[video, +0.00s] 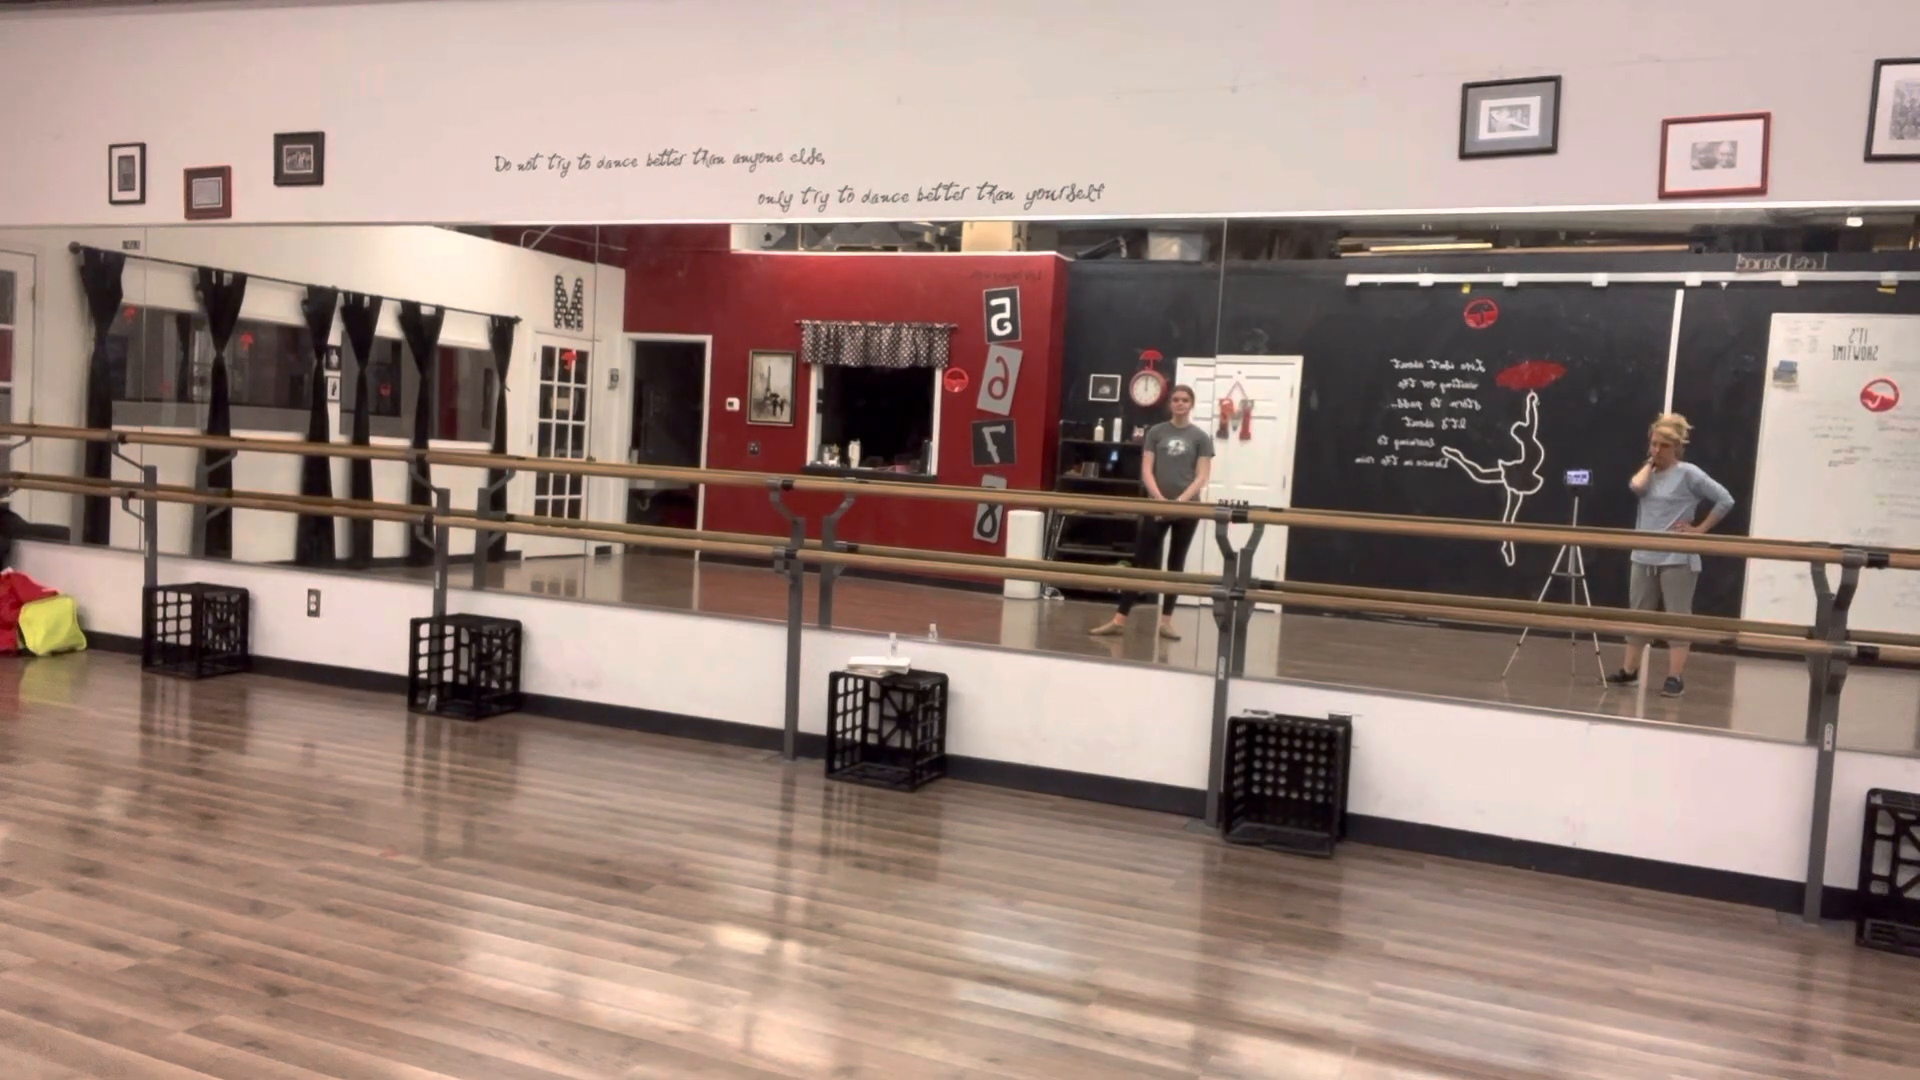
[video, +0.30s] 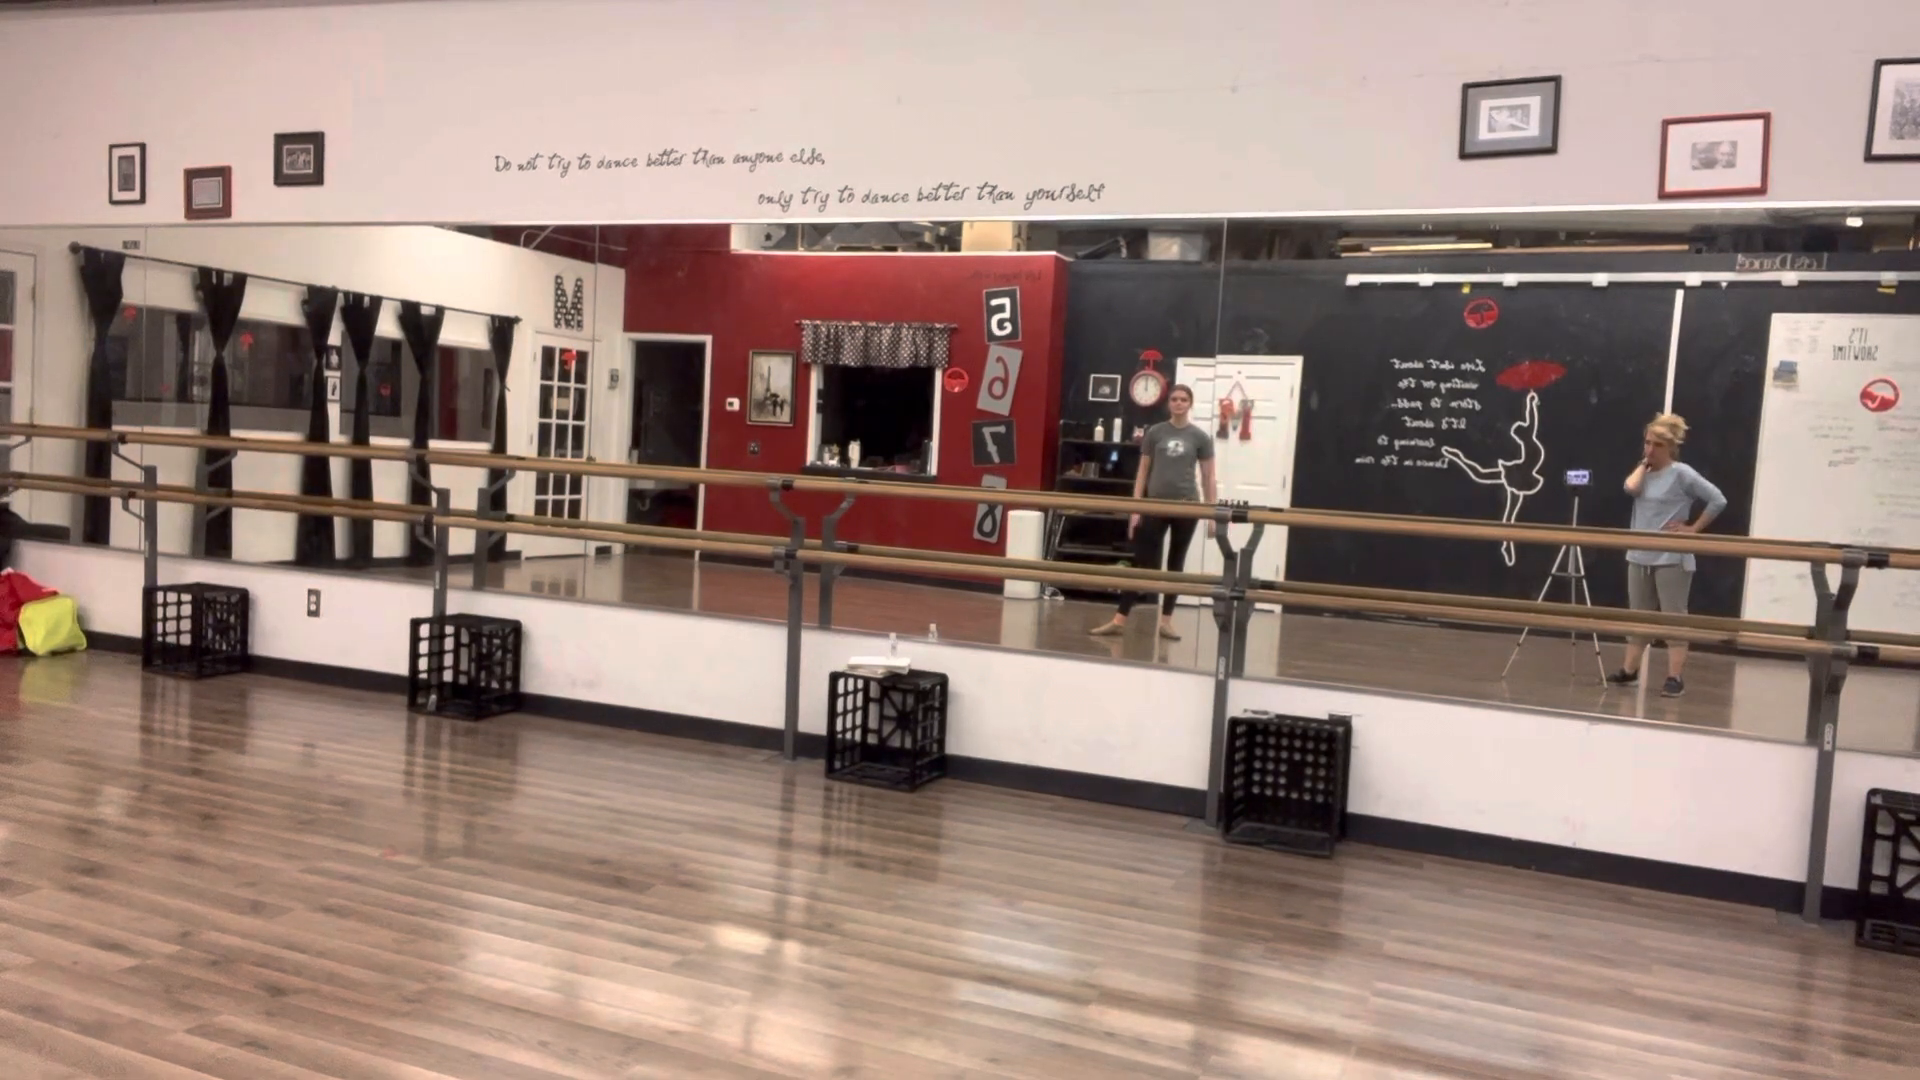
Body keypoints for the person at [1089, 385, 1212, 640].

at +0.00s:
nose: (1180, 404)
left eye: (1185, 400)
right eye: (1176, 400)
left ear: (1192, 405)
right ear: (1170, 403)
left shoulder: (1201, 438)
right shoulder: (1155, 432)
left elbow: (1202, 477)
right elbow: (1146, 471)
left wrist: (1177, 503)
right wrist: (1160, 501)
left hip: (1186, 506)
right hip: (1157, 503)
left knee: (1176, 562)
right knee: (1142, 558)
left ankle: (1166, 619)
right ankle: (1120, 617)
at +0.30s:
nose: (1178, 404)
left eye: (1183, 400)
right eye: (1174, 399)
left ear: (1190, 404)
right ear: (1168, 403)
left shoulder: (1201, 438)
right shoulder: (1154, 433)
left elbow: (1208, 478)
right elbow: (1142, 472)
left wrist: (1211, 514)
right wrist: (1135, 508)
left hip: (1186, 510)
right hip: (1154, 507)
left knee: (1175, 565)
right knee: (1140, 560)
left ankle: (1165, 620)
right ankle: (1120, 618)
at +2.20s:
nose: (1186, 407)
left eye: (1189, 403)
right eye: (1182, 403)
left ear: (1192, 406)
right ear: (1171, 404)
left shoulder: (1199, 437)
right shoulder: (1152, 433)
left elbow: (1201, 477)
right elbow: (1145, 471)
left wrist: (1186, 509)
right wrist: (1150, 506)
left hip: (1184, 507)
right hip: (1156, 505)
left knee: (1175, 563)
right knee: (1141, 559)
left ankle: (1166, 618)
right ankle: (1120, 616)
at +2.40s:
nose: (1185, 406)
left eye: (1187, 402)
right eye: (1180, 402)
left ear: (1191, 405)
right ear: (1170, 404)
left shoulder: (1199, 436)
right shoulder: (1152, 433)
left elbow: (1201, 477)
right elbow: (1146, 474)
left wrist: (1177, 505)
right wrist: (1156, 507)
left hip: (1184, 508)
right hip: (1155, 504)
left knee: (1174, 562)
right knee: (1140, 558)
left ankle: (1165, 619)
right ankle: (1119, 616)